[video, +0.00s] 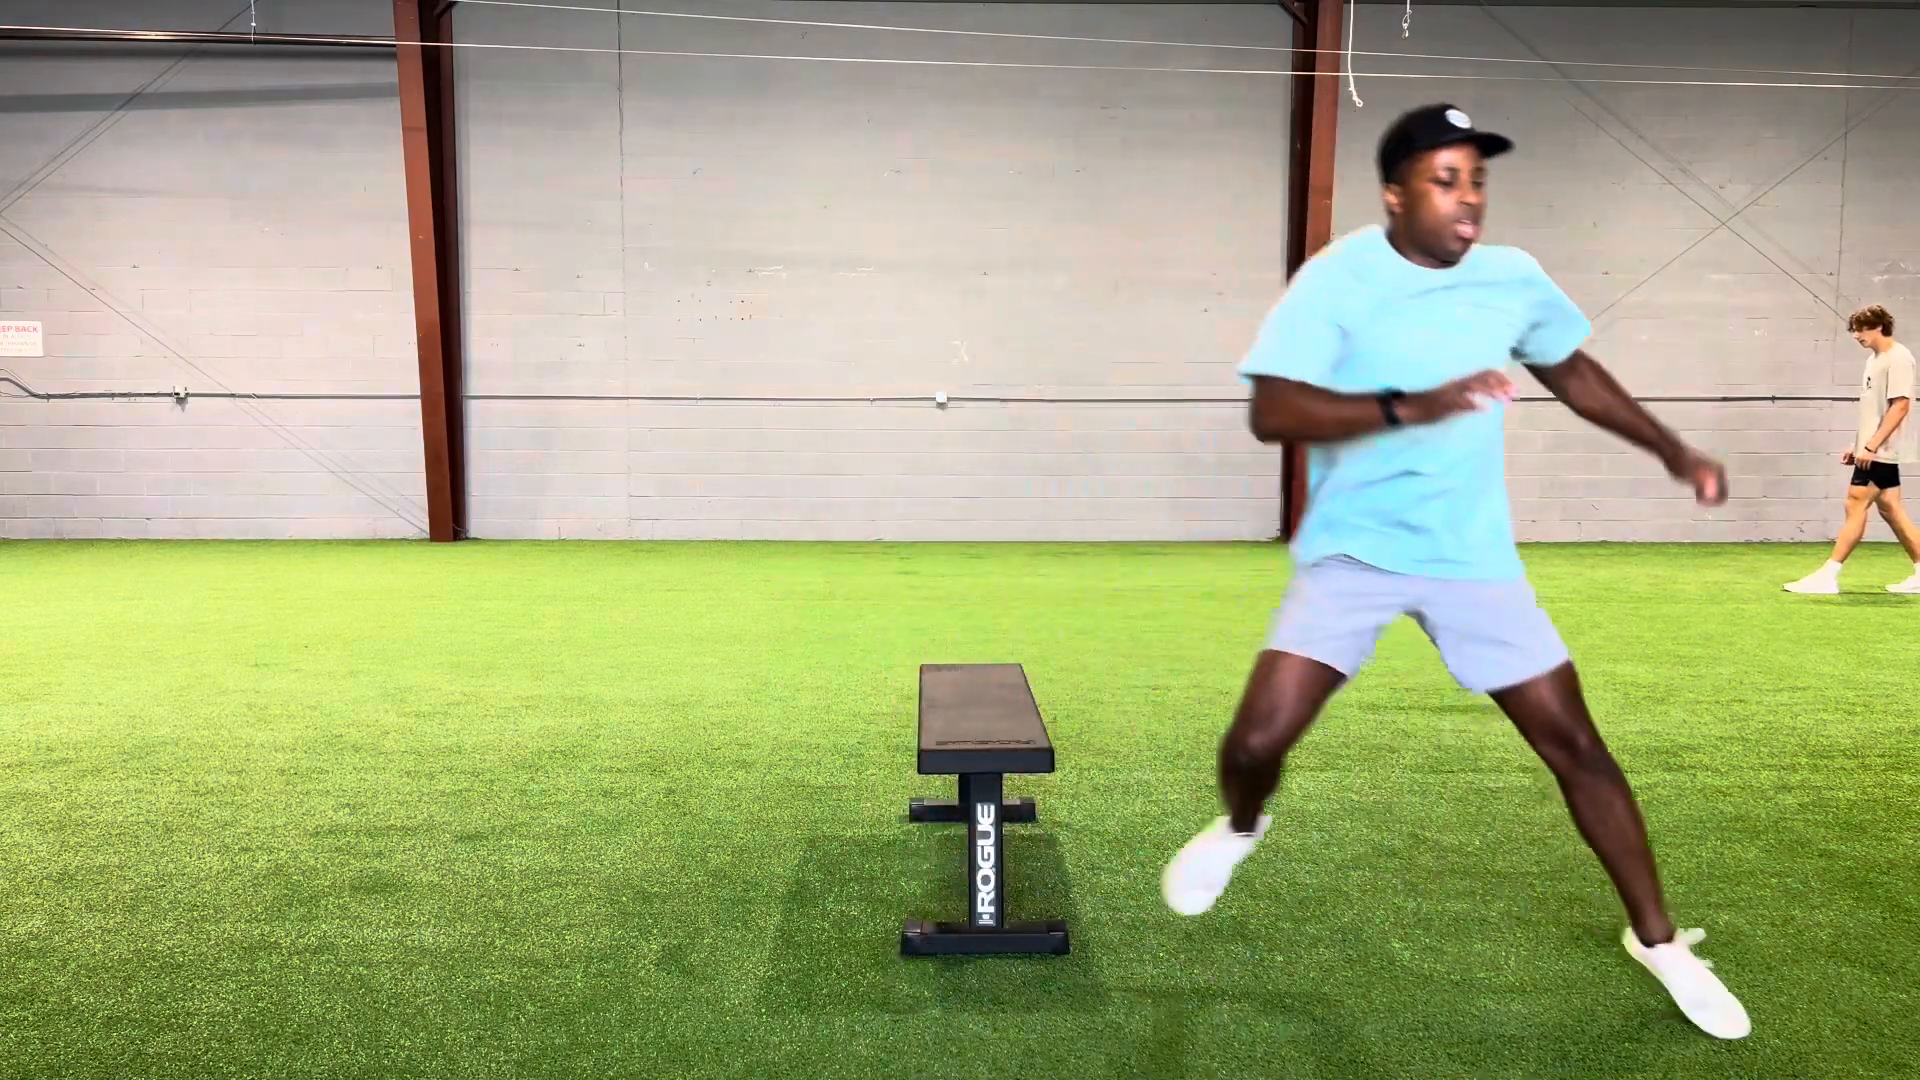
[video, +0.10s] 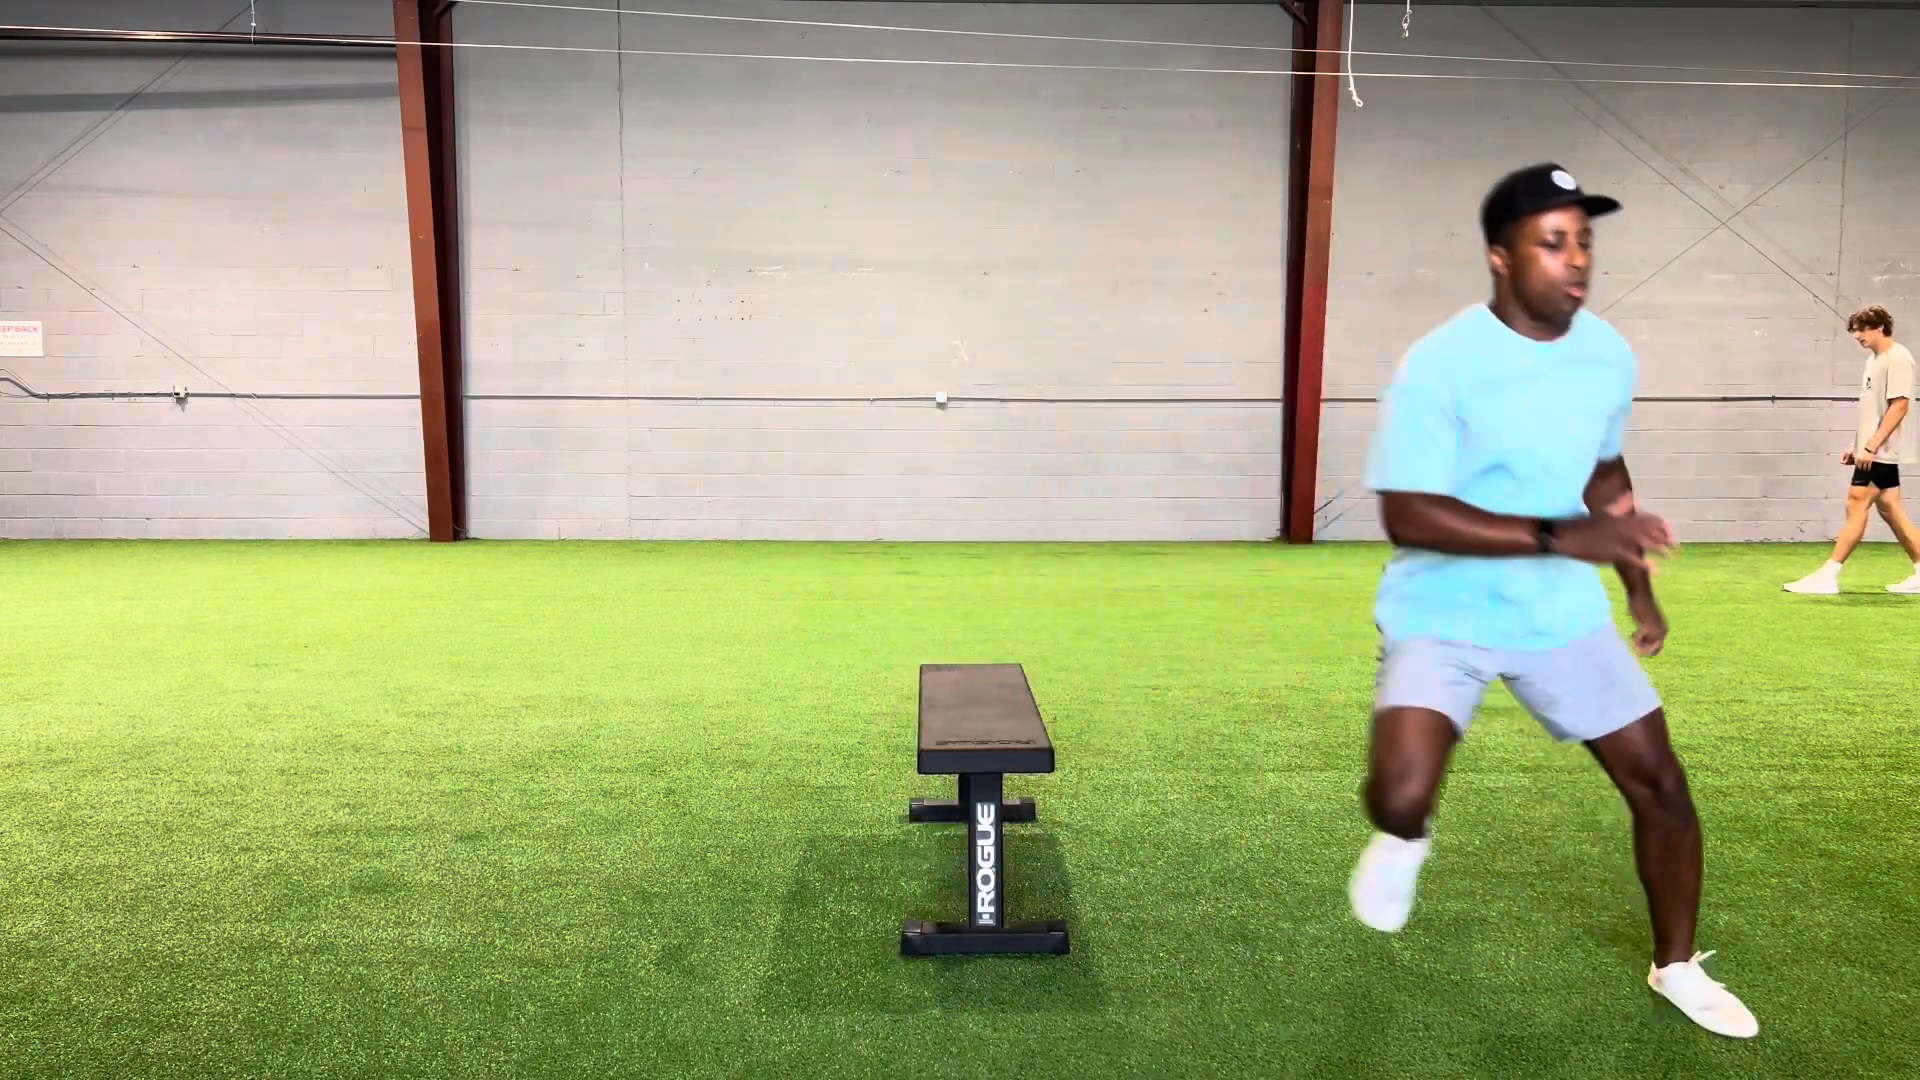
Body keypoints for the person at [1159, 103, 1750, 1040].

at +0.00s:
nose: (1469, 202)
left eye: (1477, 184)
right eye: (1446, 184)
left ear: (1485, 189)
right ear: (1394, 193)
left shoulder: (1513, 280)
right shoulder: (1335, 280)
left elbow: (1575, 373)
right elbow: (1272, 413)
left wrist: (1673, 452)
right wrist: (1407, 407)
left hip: (1476, 563)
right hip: (1348, 556)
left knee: (1577, 744)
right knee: (1254, 740)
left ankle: (1659, 939)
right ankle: (1238, 831)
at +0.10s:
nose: (1578, 259)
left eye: (1584, 242)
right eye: (1555, 243)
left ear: (1591, 251)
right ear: (1500, 259)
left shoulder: (1607, 358)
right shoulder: (1437, 364)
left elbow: (1607, 476)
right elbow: (1405, 517)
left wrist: (1635, 578)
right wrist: (1560, 534)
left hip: (1562, 602)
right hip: (1442, 604)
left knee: (1663, 787)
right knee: (1399, 798)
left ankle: (1676, 964)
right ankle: (1406, 835)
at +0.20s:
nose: (1657, 294)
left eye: (1663, 276)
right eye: (1633, 278)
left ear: (1670, 284)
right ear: (1576, 293)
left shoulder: (1666, 395)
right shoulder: (1513, 389)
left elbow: (1612, 523)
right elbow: (1512, 551)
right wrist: (1660, 557)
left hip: (1592, 613)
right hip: (1482, 612)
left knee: (1679, 791)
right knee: (1564, 802)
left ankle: (1676, 964)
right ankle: (1536, 859)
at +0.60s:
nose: (1663, 276)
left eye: (1679, 255)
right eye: (1639, 258)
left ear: (1696, 262)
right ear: (1598, 267)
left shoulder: (1714, 379)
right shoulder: (1530, 371)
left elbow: (1711, 510)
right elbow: (1476, 517)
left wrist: (1737, 637)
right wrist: (1570, 630)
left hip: (1632, 605)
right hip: (1510, 593)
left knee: (1703, 792)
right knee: (1505, 786)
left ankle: (1676, 963)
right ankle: (1452, 862)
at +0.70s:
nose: (1581, 267)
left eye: (1599, 245)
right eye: (1562, 248)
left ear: (1635, 249)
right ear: (1540, 255)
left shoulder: (1692, 361)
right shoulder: (1485, 365)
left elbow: (1730, 489)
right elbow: (1412, 494)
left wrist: (1776, 599)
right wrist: (1458, 611)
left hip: (1614, 626)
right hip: (1481, 607)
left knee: (1696, 795)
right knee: (1402, 771)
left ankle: (1674, 964)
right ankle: (1342, 874)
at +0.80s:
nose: (1487, 247)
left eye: (1505, 226)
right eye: (1473, 230)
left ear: (1554, 226)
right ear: (1459, 236)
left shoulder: (1633, 335)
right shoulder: (1419, 346)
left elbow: (1685, 447)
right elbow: (1344, 462)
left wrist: (1701, 527)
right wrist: (1355, 566)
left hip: (1574, 604)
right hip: (1433, 586)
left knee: (1653, 785)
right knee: (1317, 748)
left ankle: (1675, 961)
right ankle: (1248, 906)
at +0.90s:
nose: (1396, 228)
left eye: (1414, 208)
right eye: (1386, 210)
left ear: (1465, 207)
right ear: (1375, 215)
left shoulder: (1539, 311)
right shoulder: (1337, 326)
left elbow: (1587, 437)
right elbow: (1288, 438)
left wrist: (1577, 526)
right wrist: (1275, 533)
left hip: (1501, 583)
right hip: (1364, 573)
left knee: (1584, 757)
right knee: (1272, 745)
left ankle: (1669, 948)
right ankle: (1219, 934)